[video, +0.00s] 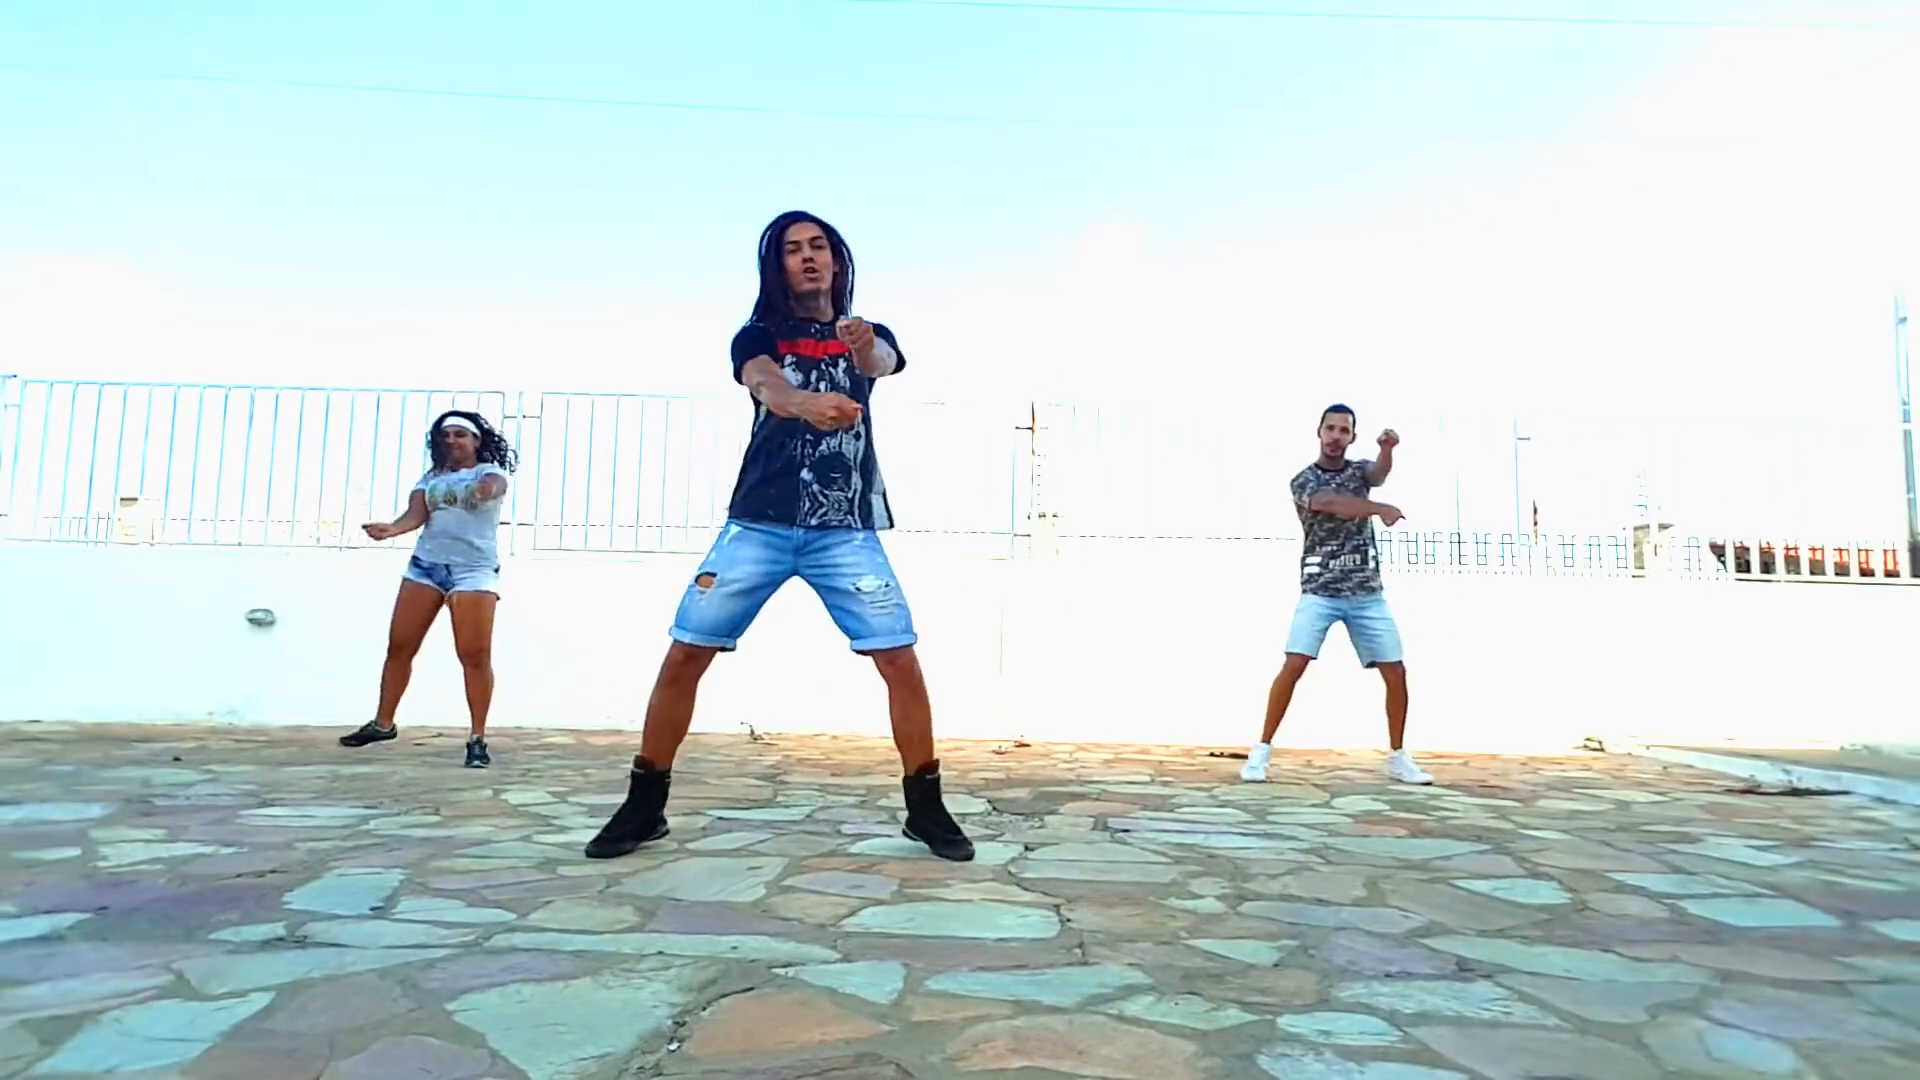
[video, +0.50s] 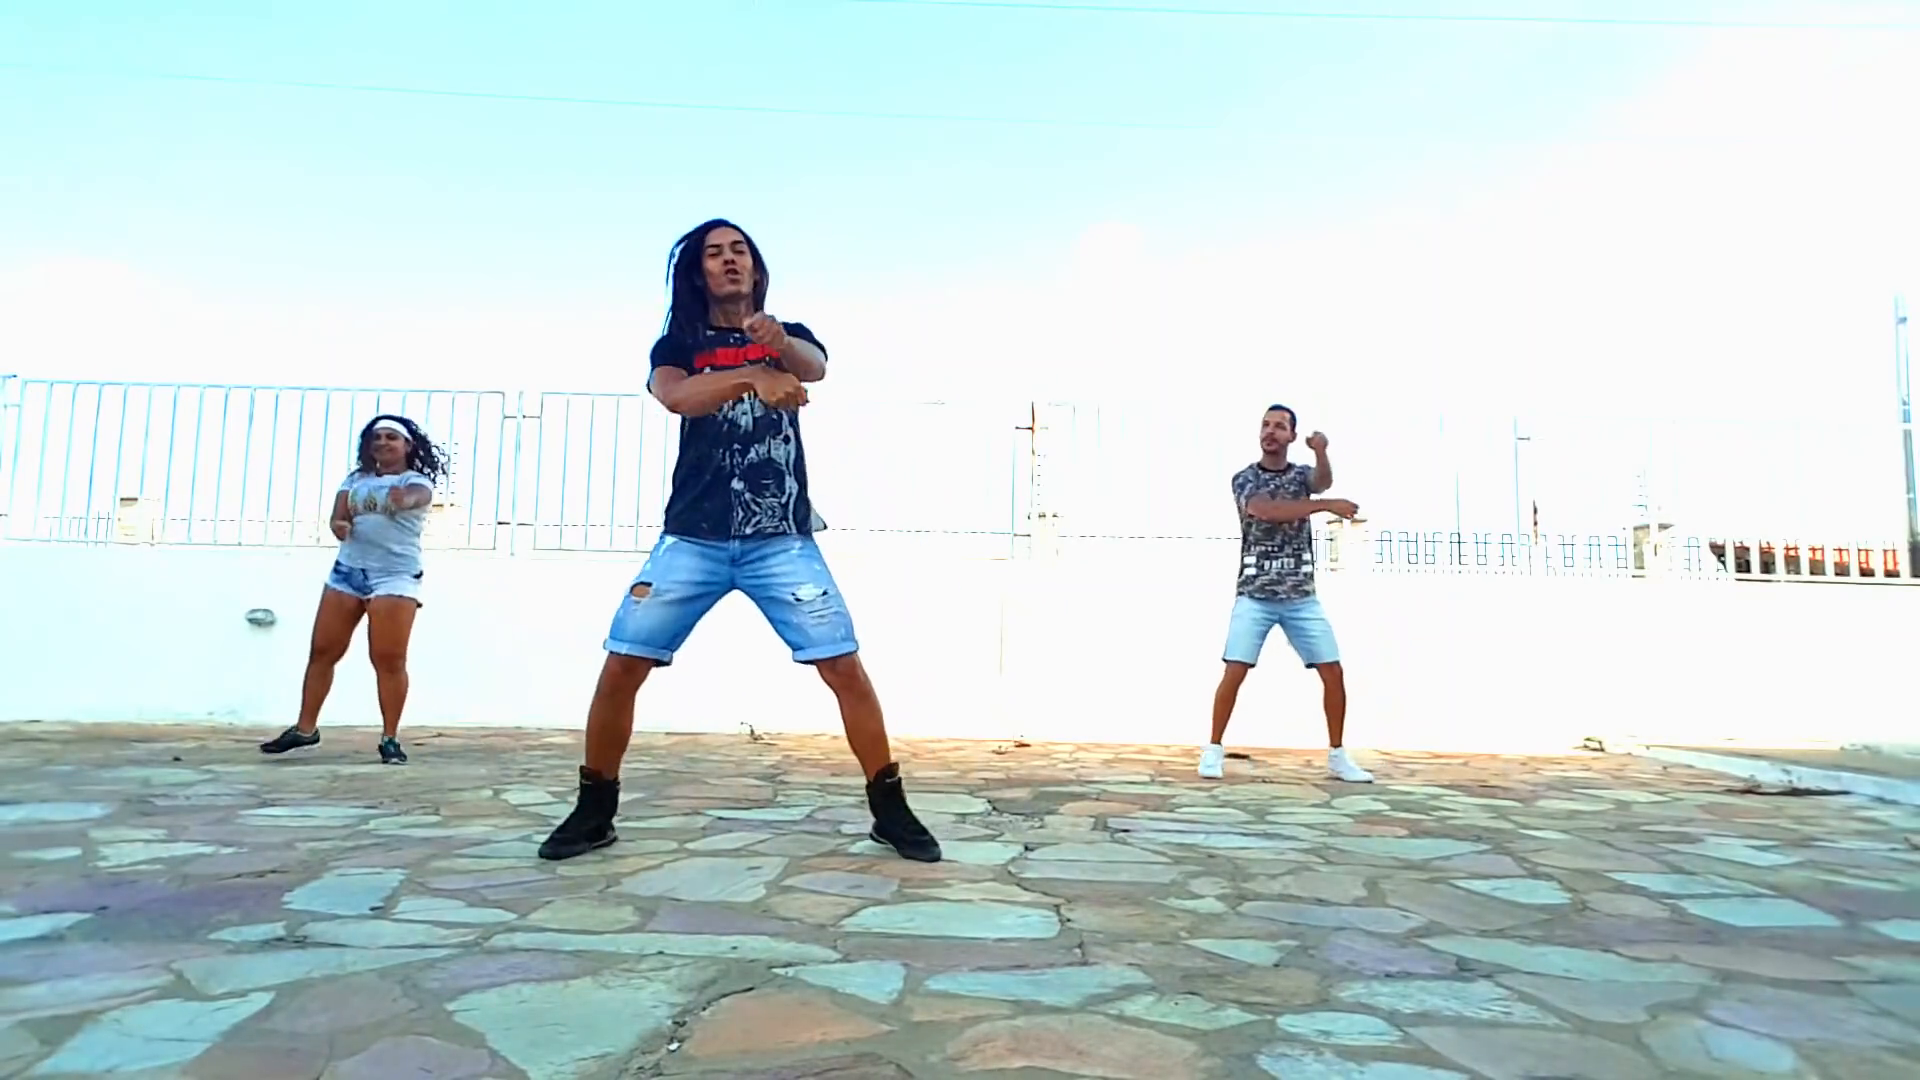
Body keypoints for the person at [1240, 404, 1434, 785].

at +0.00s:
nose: (1337, 436)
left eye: (1344, 431)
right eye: (1331, 429)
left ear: (1352, 438)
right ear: (1319, 433)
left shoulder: (1359, 472)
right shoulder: (1304, 480)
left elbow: (1378, 474)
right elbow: (1325, 504)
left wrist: (1385, 451)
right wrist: (1376, 508)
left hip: (1367, 593)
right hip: (1320, 593)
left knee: (1395, 671)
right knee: (1295, 664)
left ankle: (1398, 756)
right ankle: (1262, 749)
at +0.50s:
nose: (1272, 431)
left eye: (1280, 426)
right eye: (1267, 425)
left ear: (1292, 437)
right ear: (1259, 433)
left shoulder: (1300, 475)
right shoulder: (1245, 478)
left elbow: (1322, 482)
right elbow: (1263, 510)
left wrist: (1320, 454)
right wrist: (1325, 506)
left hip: (1301, 596)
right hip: (1255, 596)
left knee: (1332, 670)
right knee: (1235, 670)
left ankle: (1337, 754)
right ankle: (1214, 749)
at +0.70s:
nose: (1270, 417)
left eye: (1278, 412)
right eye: (1266, 411)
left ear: (1290, 423)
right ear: (1258, 420)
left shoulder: (1303, 464)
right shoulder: (1241, 469)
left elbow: (1335, 480)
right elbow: (1225, 516)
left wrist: (1358, 472)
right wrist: (1267, 528)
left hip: (1304, 582)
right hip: (1258, 584)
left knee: (1335, 655)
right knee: (1240, 659)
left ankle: (1344, 744)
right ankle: (1217, 744)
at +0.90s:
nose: (1285, 412)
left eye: (1294, 408)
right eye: (1281, 407)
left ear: (1308, 420)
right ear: (1274, 417)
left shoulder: (1322, 464)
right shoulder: (1256, 462)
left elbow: (1351, 508)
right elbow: (1209, 487)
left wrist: (1378, 537)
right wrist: (1213, 505)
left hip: (1315, 582)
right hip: (1268, 582)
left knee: (1350, 653)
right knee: (1255, 656)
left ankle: (1368, 743)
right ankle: (1237, 743)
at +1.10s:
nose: (1307, 434)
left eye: (1315, 430)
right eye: (1302, 430)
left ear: (1327, 443)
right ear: (1293, 441)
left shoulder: (1339, 494)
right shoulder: (1273, 486)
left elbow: (1348, 549)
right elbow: (1221, 494)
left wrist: (1368, 592)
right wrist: (1205, 454)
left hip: (1335, 604)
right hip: (1287, 604)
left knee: (1367, 675)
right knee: (1271, 676)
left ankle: (1370, 756)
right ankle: (1246, 752)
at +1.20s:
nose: (1316, 414)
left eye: (1323, 409)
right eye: (1310, 409)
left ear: (1336, 419)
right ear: (1302, 418)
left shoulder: (1348, 470)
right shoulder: (1282, 456)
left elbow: (1358, 525)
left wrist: (1370, 572)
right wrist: (1195, 401)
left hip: (1347, 576)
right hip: (1301, 575)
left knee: (1371, 655)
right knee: (1280, 656)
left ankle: (1380, 745)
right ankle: (1255, 742)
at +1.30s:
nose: (1325, 410)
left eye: (1332, 404)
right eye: (1319, 405)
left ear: (1345, 414)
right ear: (1311, 413)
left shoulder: (1356, 466)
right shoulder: (1292, 447)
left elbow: (1367, 521)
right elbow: (1253, 411)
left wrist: (1379, 566)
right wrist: (1231, 374)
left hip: (1352, 571)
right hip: (1308, 570)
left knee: (1382, 646)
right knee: (1293, 650)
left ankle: (1393, 737)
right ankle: (1273, 736)